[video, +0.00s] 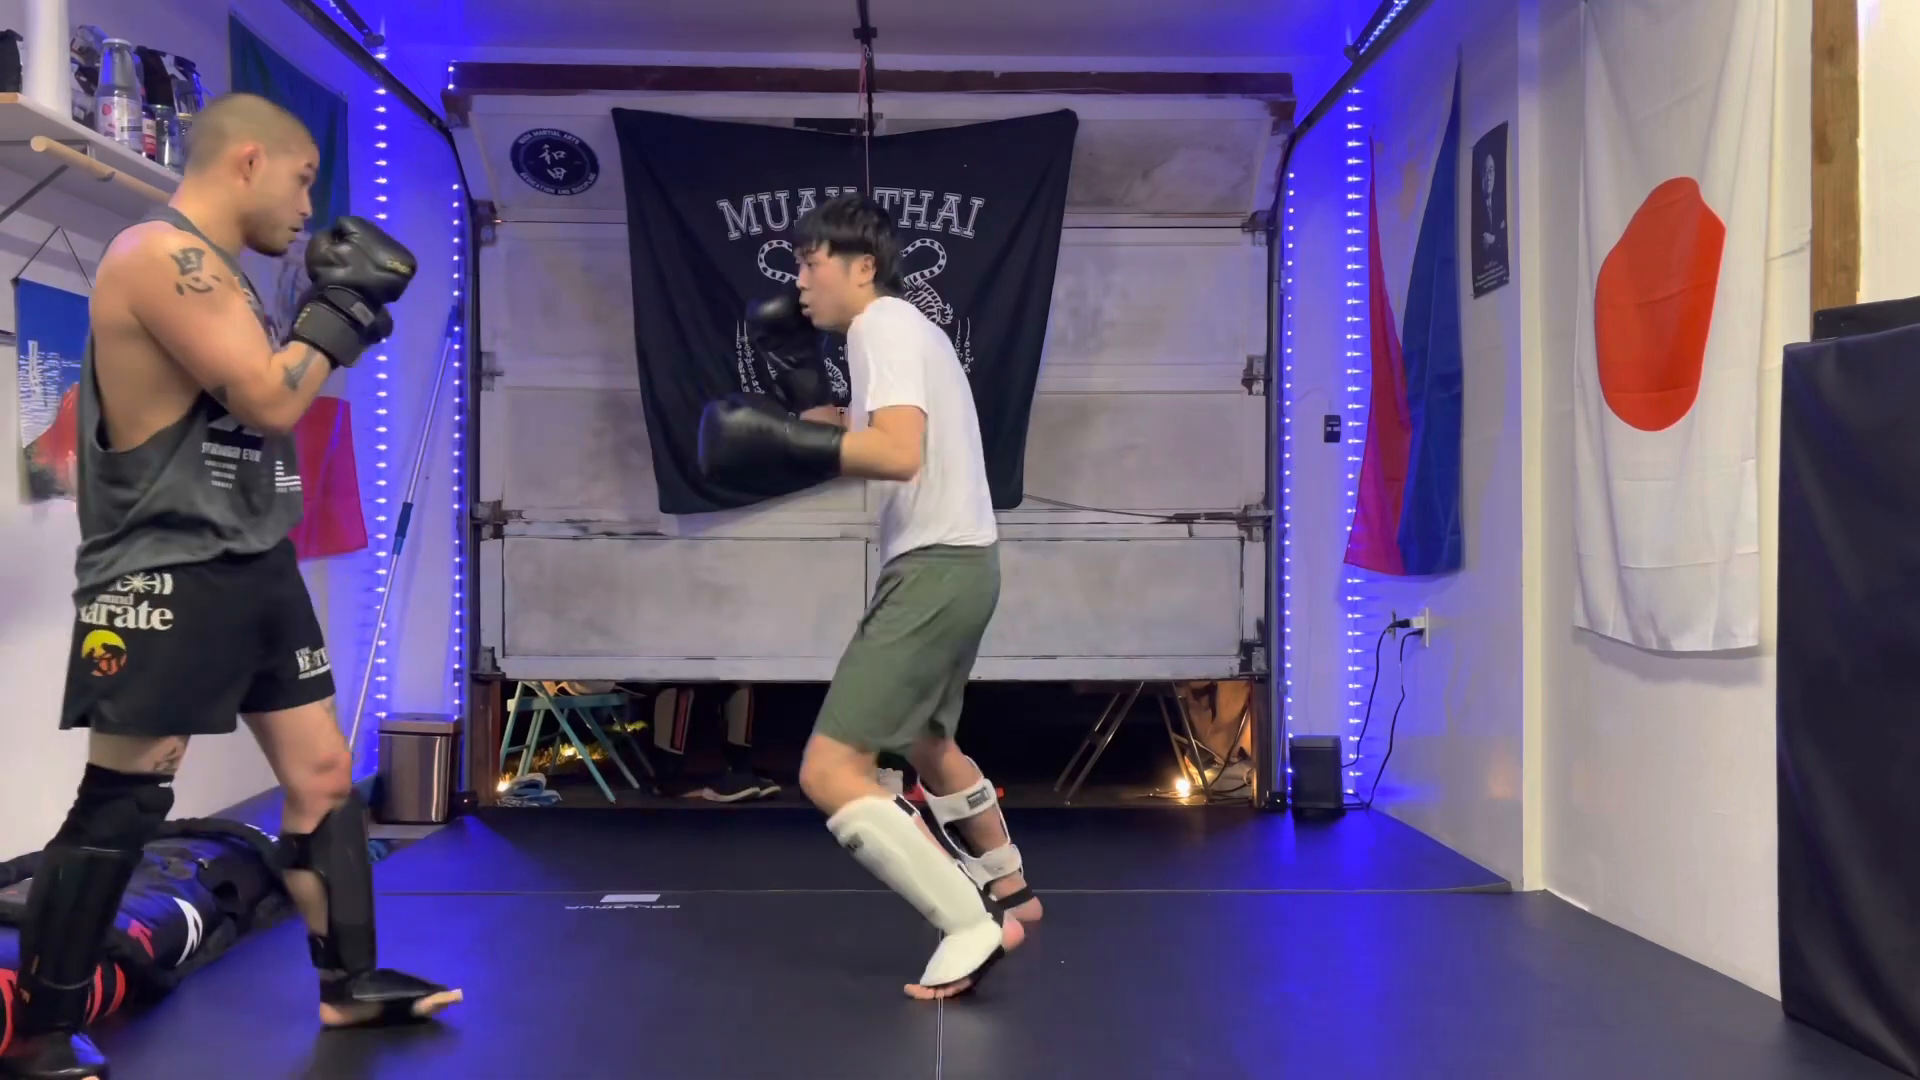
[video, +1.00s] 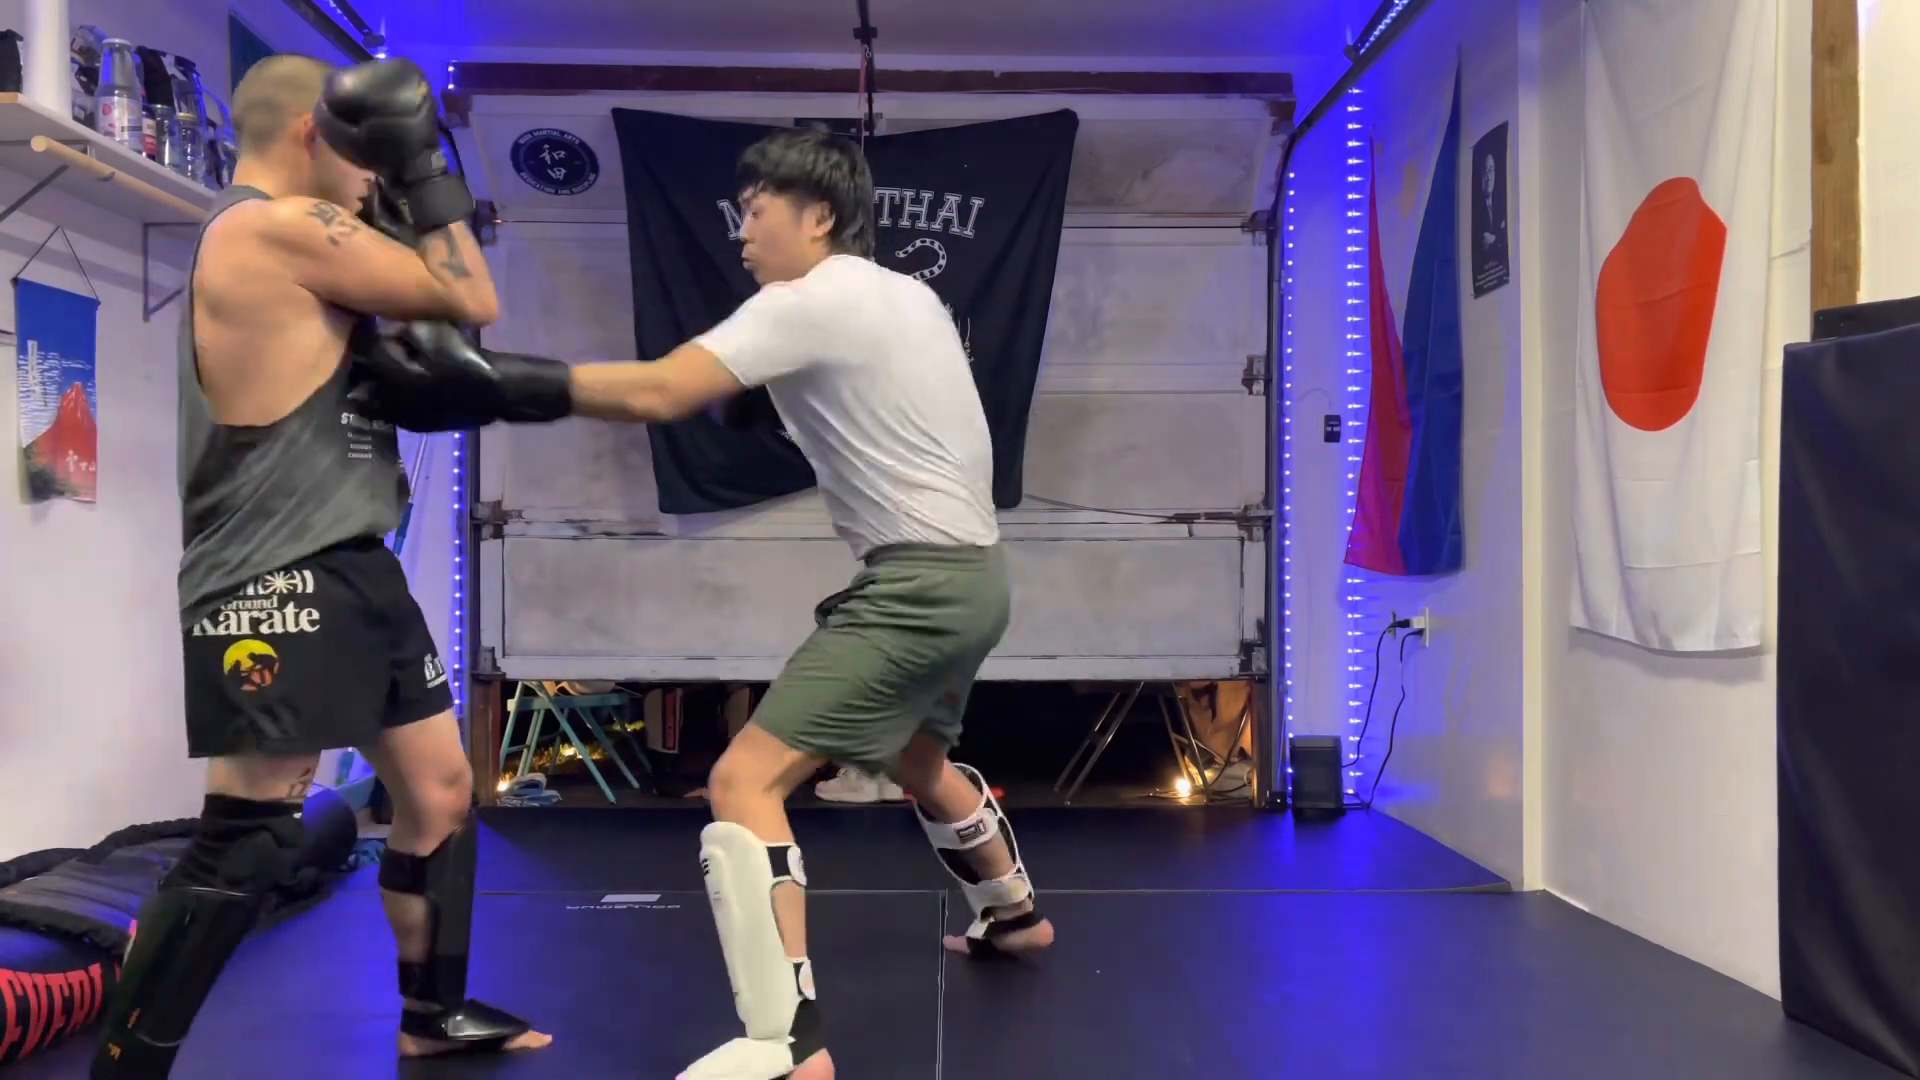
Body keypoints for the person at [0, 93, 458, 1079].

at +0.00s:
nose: (308, 203)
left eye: (312, 186)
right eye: (303, 180)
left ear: (240, 167)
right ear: (243, 163)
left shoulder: (218, 272)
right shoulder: (162, 256)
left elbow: (268, 404)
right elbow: (269, 403)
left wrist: (335, 312)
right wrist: (341, 310)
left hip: (255, 567)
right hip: (164, 573)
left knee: (321, 773)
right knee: (124, 794)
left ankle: (351, 981)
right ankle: (44, 1031)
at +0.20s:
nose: (361, 199)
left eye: (360, 181)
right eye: (350, 178)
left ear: (290, 175)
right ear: (292, 171)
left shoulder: (284, 277)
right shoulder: (224, 254)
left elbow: (339, 405)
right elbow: (325, 396)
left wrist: (401, 326)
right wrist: (381, 293)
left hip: (308, 566)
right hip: (227, 571)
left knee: (345, 785)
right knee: (217, 817)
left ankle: (357, 990)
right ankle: (59, 1000)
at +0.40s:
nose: (364, 179)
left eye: (364, 160)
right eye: (353, 157)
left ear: (289, 158)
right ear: (290, 154)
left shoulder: (298, 272)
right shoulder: (232, 250)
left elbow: (367, 400)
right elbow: (369, 380)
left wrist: (423, 293)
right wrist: (442, 282)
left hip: (331, 560)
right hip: (248, 560)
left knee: (339, 790)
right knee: (227, 813)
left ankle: (355, 993)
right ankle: (106, 1054)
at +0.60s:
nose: (361, 169)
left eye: (360, 150)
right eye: (347, 147)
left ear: (288, 149)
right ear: (283, 145)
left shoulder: (301, 276)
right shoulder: (205, 252)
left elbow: (328, 396)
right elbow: (313, 403)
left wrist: (412, 335)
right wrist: (430, 338)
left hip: (320, 564)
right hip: (224, 559)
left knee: (397, 792)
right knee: (216, 832)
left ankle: (363, 976)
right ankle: (118, 1061)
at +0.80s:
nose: (378, 153)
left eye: (377, 134)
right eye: (367, 132)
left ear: (299, 131)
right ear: (308, 127)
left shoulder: (292, 243)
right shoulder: (242, 229)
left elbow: (383, 354)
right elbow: (397, 357)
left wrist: (431, 234)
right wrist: (430, 221)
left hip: (329, 560)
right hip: (245, 561)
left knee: (431, 776)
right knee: (214, 832)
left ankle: (435, 1002)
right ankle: (118, 1059)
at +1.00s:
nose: (374, 171)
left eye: (373, 146)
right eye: (360, 145)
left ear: (280, 137)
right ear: (312, 133)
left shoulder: (293, 235)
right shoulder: (271, 229)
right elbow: (472, 298)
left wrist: (426, 208)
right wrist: (423, 171)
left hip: (350, 561)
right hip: (269, 571)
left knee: (437, 786)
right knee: (249, 832)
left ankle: (434, 1014)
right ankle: (129, 1057)